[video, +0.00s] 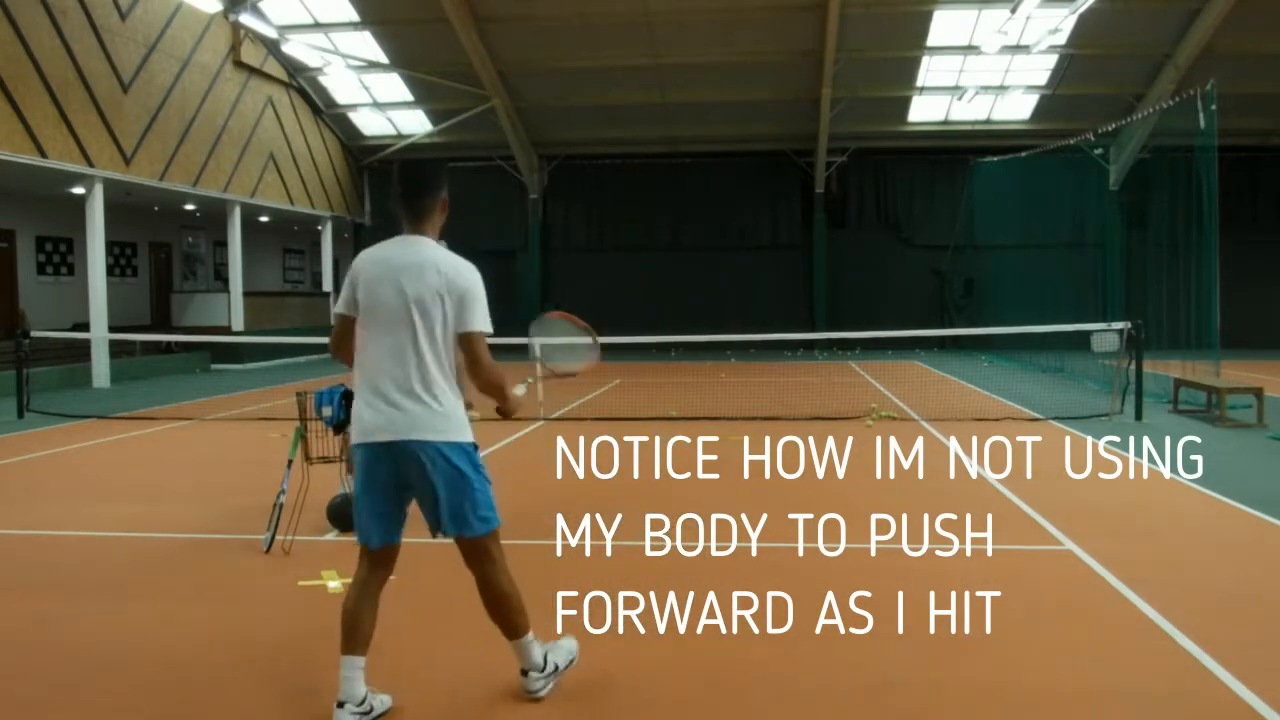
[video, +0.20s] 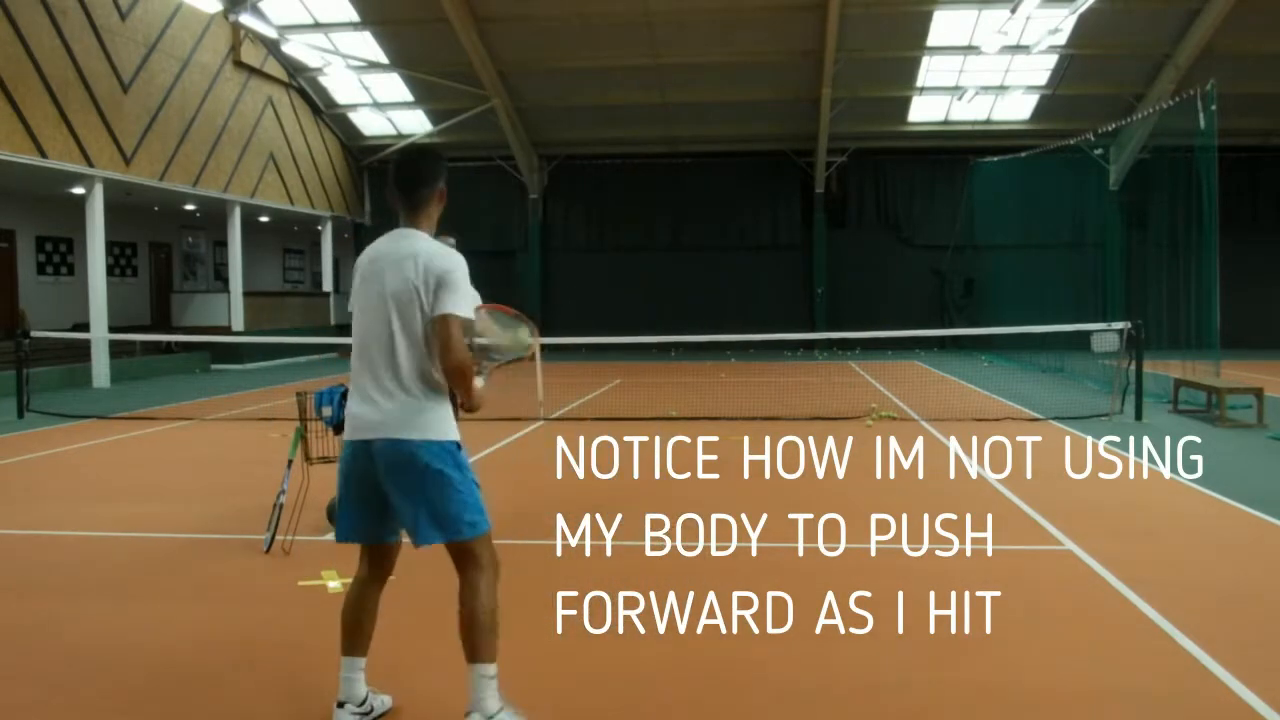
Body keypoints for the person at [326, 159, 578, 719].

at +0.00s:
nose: (446, 211)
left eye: (441, 203)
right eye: (446, 203)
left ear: (397, 208)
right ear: (442, 207)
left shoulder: (364, 263)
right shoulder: (458, 272)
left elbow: (342, 346)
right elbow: (478, 364)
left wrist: (395, 369)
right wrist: (509, 400)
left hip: (372, 435)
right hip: (438, 434)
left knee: (372, 566)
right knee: (486, 558)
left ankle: (350, 694)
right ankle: (535, 664)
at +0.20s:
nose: (445, 198)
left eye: (434, 190)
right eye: (445, 190)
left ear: (395, 195)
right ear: (440, 194)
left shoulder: (367, 259)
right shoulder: (443, 262)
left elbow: (383, 341)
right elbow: (453, 355)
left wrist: (453, 337)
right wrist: (468, 393)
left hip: (362, 440)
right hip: (423, 440)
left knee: (373, 566)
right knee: (478, 563)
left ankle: (350, 695)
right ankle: (485, 702)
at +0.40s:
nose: (469, 211)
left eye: (465, 204)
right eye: (469, 204)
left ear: (420, 207)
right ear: (464, 207)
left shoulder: (397, 269)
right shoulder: (455, 274)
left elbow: (408, 359)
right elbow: (458, 378)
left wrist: (477, 358)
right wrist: (486, 410)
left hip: (383, 449)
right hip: (429, 454)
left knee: (404, 569)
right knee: (459, 593)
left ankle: (356, 697)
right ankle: (416, 715)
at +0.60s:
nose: (500, 213)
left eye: (495, 205)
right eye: (501, 205)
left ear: (452, 207)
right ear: (495, 208)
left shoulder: (435, 268)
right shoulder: (473, 277)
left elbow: (468, 355)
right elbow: (496, 377)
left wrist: (542, 349)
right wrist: (543, 405)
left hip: (420, 442)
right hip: (439, 449)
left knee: (490, 539)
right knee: (472, 596)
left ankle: (409, 656)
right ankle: (422, 710)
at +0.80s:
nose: (531, 224)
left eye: (530, 216)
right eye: (530, 215)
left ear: (484, 218)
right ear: (520, 220)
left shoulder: (503, 279)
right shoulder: (481, 278)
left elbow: (557, 334)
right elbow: (537, 342)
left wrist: (613, 304)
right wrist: (617, 340)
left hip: (485, 453)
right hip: (457, 455)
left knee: (533, 548)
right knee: (466, 593)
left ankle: (489, 666)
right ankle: (416, 712)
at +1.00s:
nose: (576, 232)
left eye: (576, 226)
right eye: (575, 224)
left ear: (543, 223)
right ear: (563, 222)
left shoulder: (564, 280)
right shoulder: (507, 271)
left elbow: (625, 311)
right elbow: (504, 299)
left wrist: (668, 272)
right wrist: (580, 272)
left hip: (526, 441)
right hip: (493, 439)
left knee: (560, 552)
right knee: (539, 564)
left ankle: (494, 663)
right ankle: (471, 695)